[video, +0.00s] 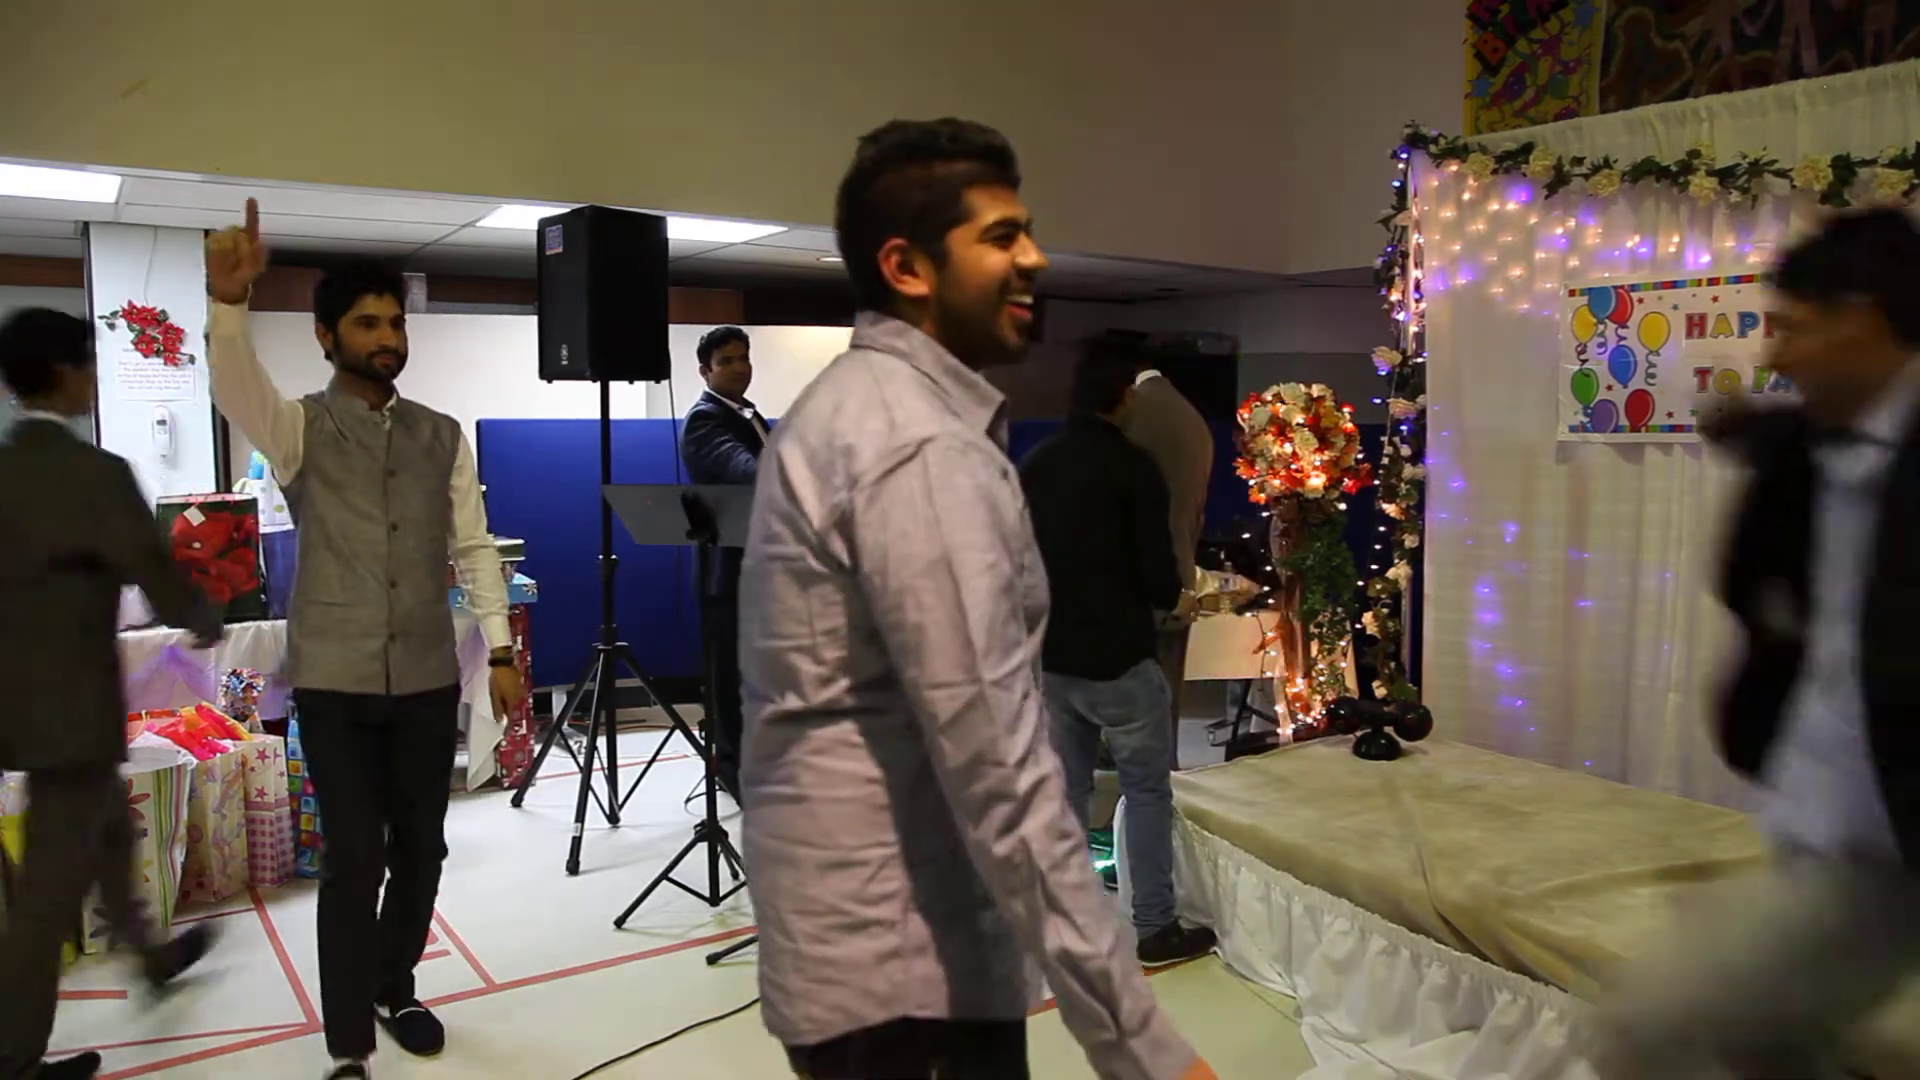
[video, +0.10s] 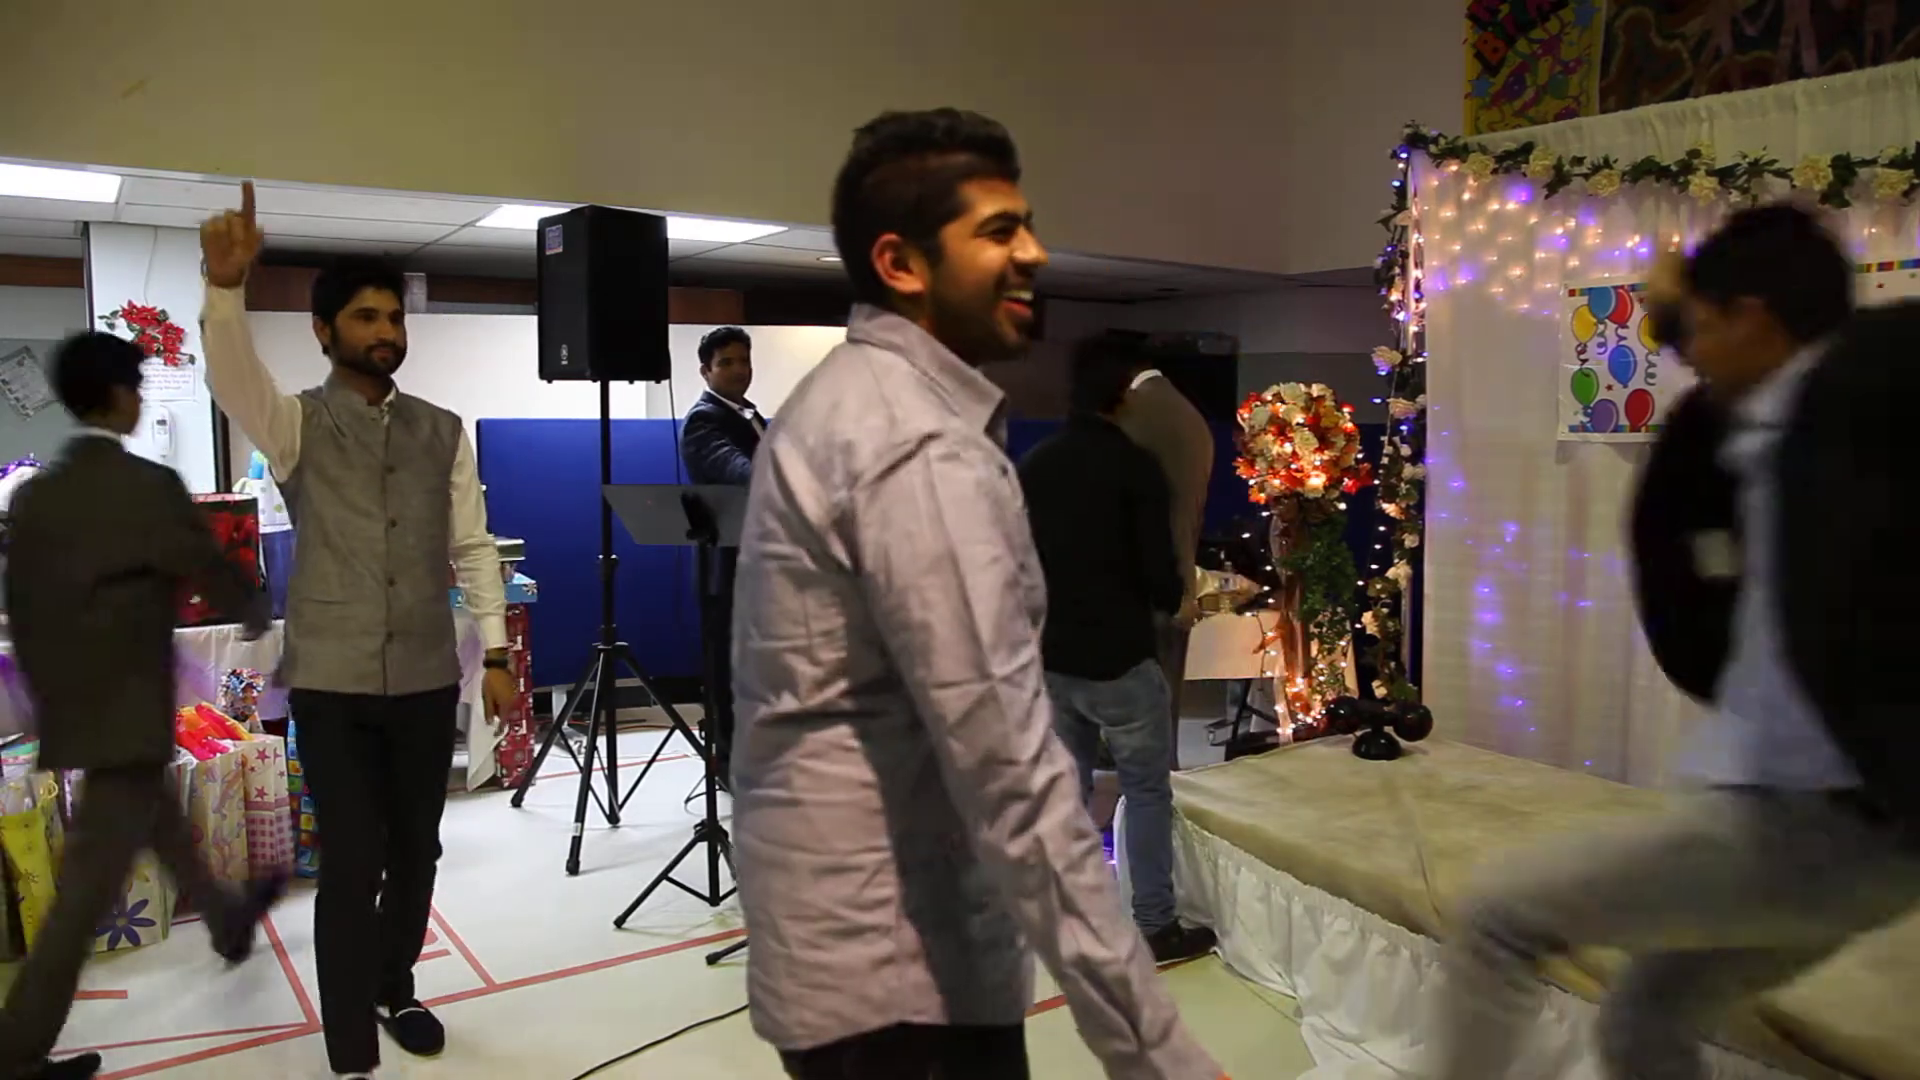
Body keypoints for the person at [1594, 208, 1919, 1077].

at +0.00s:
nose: (1770, 351)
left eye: (1788, 327)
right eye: (1770, 328)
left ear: (1867, 324)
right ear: (1849, 324)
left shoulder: (1914, 456)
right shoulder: (1793, 449)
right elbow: (1750, 593)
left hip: (1896, 850)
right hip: (1805, 823)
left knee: (1660, 1026)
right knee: (1777, 1044)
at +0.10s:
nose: (1688, 353)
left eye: (1695, 328)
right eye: (1684, 332)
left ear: (1752, 317)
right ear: (1760, 316)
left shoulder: (1860, 407)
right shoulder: (1769, 437)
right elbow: (1695, 651)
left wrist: (1676, 328)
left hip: (1843, 818)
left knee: (1500, 913)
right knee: (1649, 1021)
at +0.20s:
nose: (1607, 368)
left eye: (1619, 342)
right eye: (1609, 342)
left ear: (1674, 344)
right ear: (1677, 345)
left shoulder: (1791, 414)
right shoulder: (1687, 460)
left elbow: (1900, 432)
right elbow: (1693, 635)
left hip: (1762, 834)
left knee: (1408, 913)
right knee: (1623, 1028)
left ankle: (1201, 1043)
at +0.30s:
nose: (1551, 367)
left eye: (1555, 341)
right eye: (1550, 343)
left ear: (1595, 335)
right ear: (1649, 320)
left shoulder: (1677, 412)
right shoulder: (1707, 408)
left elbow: (1596, 574)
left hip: (1651, 805)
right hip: (1702, 817)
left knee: (1323, 874)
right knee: (1577, 1026)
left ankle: (1104, 989)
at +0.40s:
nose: (1484, 345)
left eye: (1485, 325)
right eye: (1482, 326)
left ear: (1518, 314)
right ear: (1599, 301)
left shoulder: (1550, 389)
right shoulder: (1653, 381)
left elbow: (1464, 577)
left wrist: (1328, 739)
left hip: (1570, 805)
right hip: (1671, 797)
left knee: (1265, 884)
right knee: (1471, 992)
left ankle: (1081, 1050)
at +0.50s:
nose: (1413, 368)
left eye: (1419, 344)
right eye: (1416, 344)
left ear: (1451, 347)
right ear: (1540, 339)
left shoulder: (1448, 465)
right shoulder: (1613, 437)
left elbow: (1339, 688)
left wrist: (1199, 858)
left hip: (1466, 844)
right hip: (1608, 826)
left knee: (1226, 1001)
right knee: (1378, 1021)